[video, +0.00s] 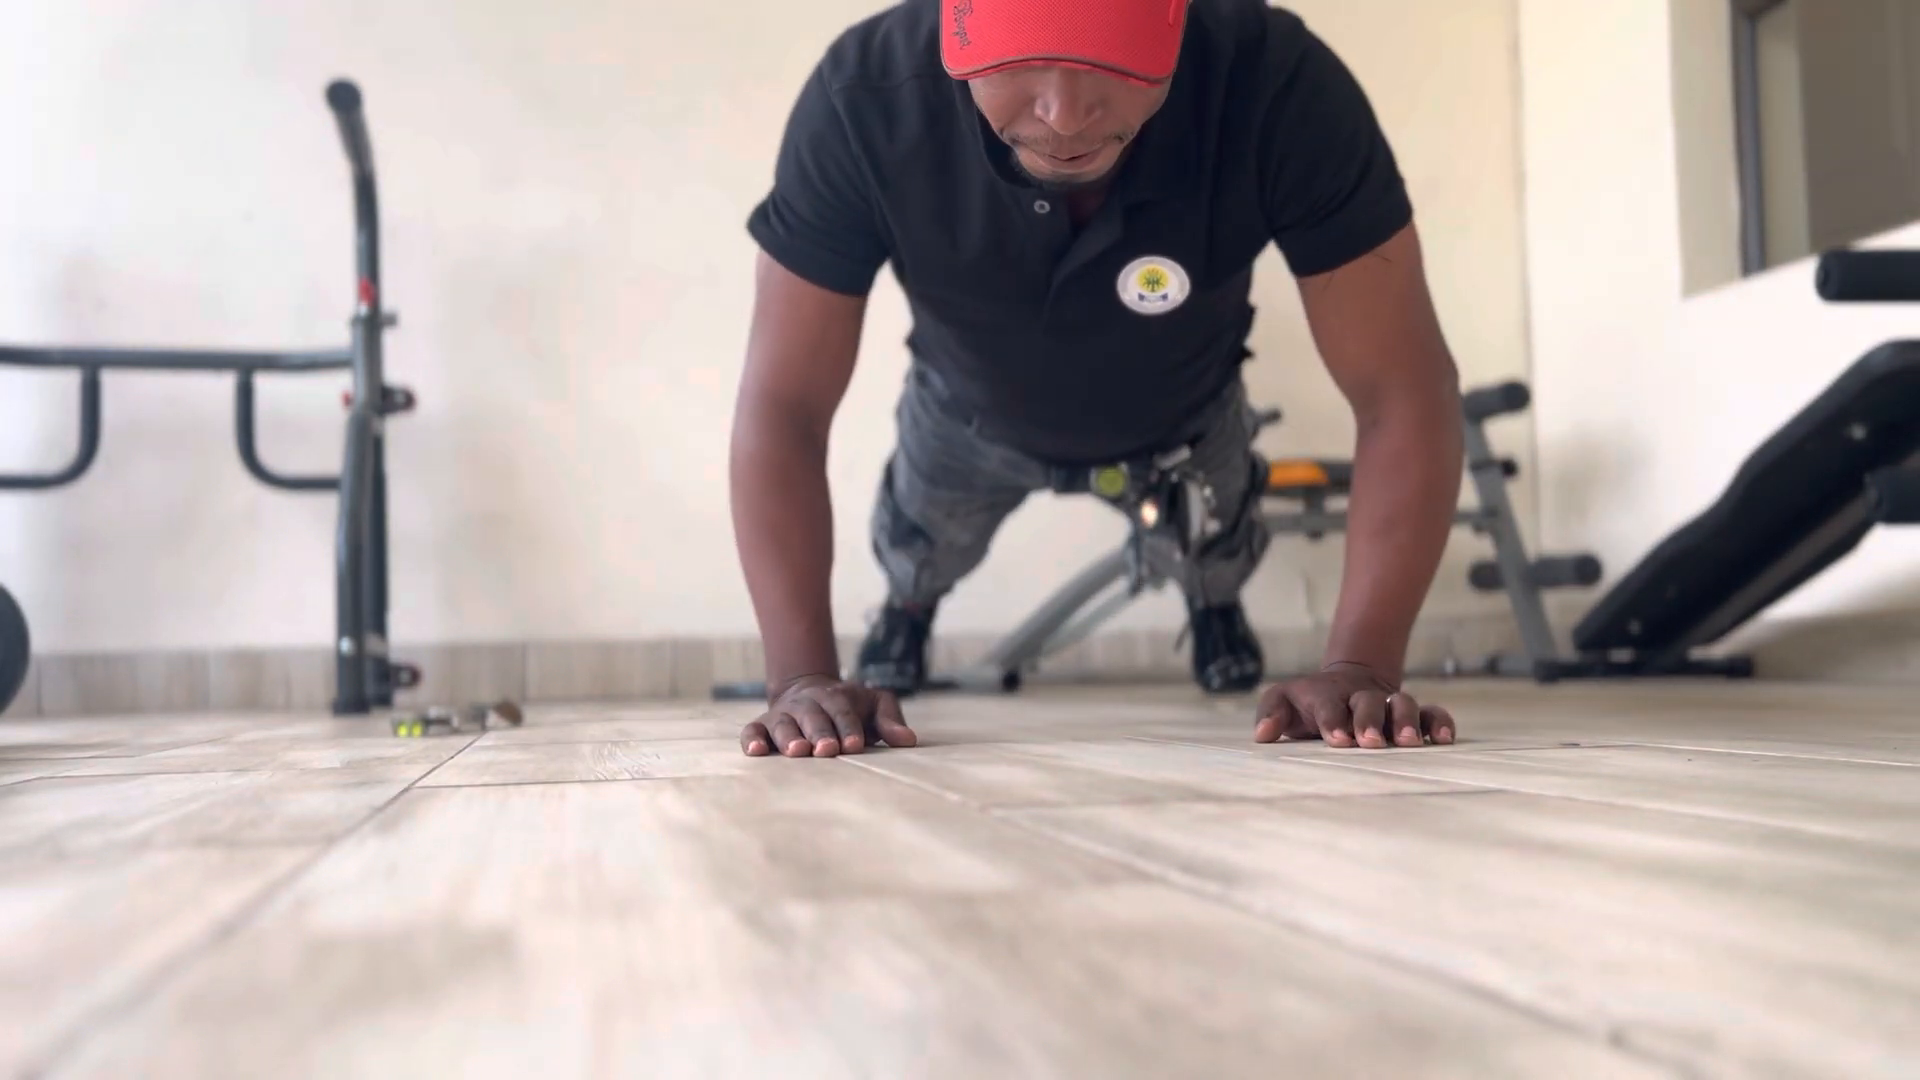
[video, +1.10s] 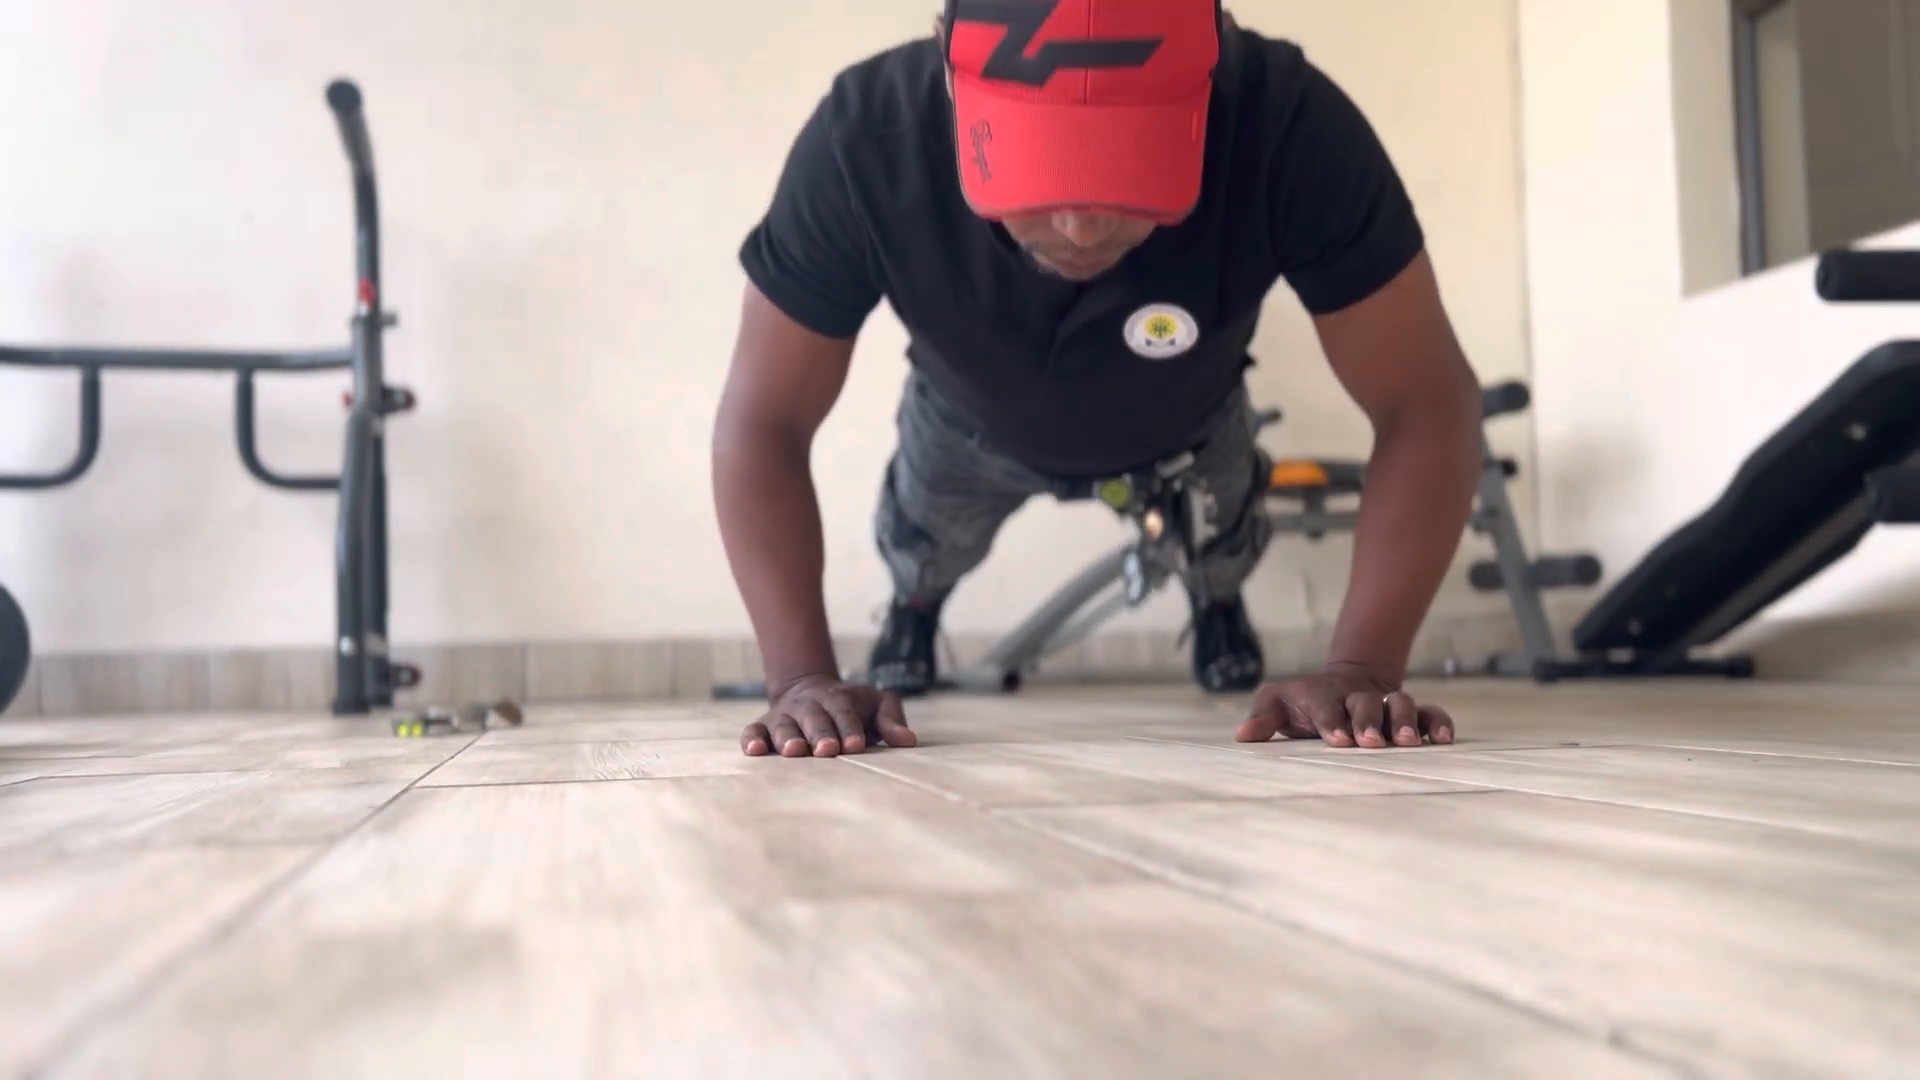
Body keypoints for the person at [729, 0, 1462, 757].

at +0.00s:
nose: (1063, 113)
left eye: (1112, 65)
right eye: (1019, 65)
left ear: (1173, 35)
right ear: (960, 33)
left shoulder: (1275, 85)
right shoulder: (867, 98)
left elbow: (1406, 390)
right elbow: (781, 409)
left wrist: (1360, 669)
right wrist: (798, 682)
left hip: (1183, 415)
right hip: (974, 418)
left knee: (1218, 534)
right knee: (926, 540)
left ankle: (1217, 612)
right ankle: (908, 616)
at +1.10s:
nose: (1080, 228)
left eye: (1122, 187)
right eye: (1039, 187)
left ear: (1189, 110)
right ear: (963, 104)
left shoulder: (1284, 124)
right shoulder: (868, 138)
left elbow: (1430, 405)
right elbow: (761, 425)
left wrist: (1361, 668)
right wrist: (794, 679)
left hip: (1186, 418)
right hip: (974, 424)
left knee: (1221, 535)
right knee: (929, 542)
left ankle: (1219, 613)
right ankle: (917, 621)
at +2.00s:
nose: (1068, 179)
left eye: (1114, 142)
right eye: (1026, 140)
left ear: (1181, 84)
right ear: (959, 79)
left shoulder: (1289, 115)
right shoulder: (864, 126)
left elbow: (1399, 397)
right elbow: (768, 413)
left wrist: (1350, 668)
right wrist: (803, 682)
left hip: (1194, 436)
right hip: (974, 443)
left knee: (1222, 535)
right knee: (933, 546)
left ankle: (1220, 608)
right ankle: (918, 617)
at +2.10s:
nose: (1063, 60)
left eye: (1107, 28)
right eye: (1023, 25)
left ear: (1175, 7)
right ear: (954, 2)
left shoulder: (1288, 33)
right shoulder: (863, 41)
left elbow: (1357, 364)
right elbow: (821, 378)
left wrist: (1346, 669)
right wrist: (810, 676)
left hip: (1187, 391)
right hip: (974, 393)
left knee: (1219, 523)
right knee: (933, 527)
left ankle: (1220, 605)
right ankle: (918, 611)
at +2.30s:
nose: (1076, 146)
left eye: (1117, 114)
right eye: (1033, 116)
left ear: (1183, 44)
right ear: (956, 41)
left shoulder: (1281, 56)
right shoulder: (862, 66)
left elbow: (1378, 382)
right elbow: (790, 393)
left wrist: (1347, 668)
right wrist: (804, 678)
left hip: (1184, 404)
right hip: (971, 407)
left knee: (1218, 532)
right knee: (930, 535)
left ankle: (1219, 607)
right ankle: (919, 615)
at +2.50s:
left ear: (1213, 284)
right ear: (947, 285)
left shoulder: (1297, 268)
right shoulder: (858, 278)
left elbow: (1432, 436)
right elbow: (729, 456)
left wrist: (1356, 670)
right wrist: (797, 682)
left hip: (1193, 483)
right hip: (961, 492)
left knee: (1219, 544)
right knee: (926, 566)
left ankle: (1214, 595)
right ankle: (916, 609)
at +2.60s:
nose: (1093, 564)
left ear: (1217, 323)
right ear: (948, 347)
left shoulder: (1301, 322)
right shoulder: (858, 333)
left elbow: (1442, 452)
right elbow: (724, 466)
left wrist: (1358, 672)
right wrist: (797, 681)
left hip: (1204, 515)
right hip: (958, 519)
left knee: (1215, 567)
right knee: (923, 575)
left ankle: (1210, 610)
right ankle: (912, 621)